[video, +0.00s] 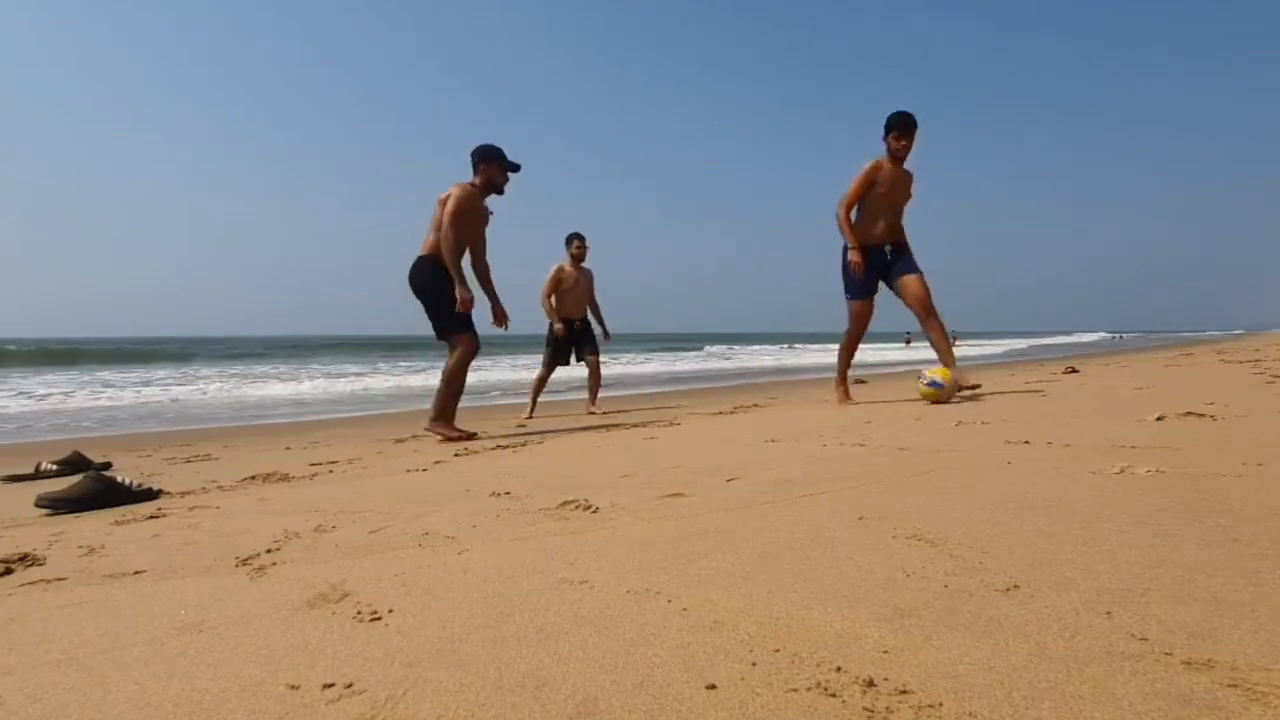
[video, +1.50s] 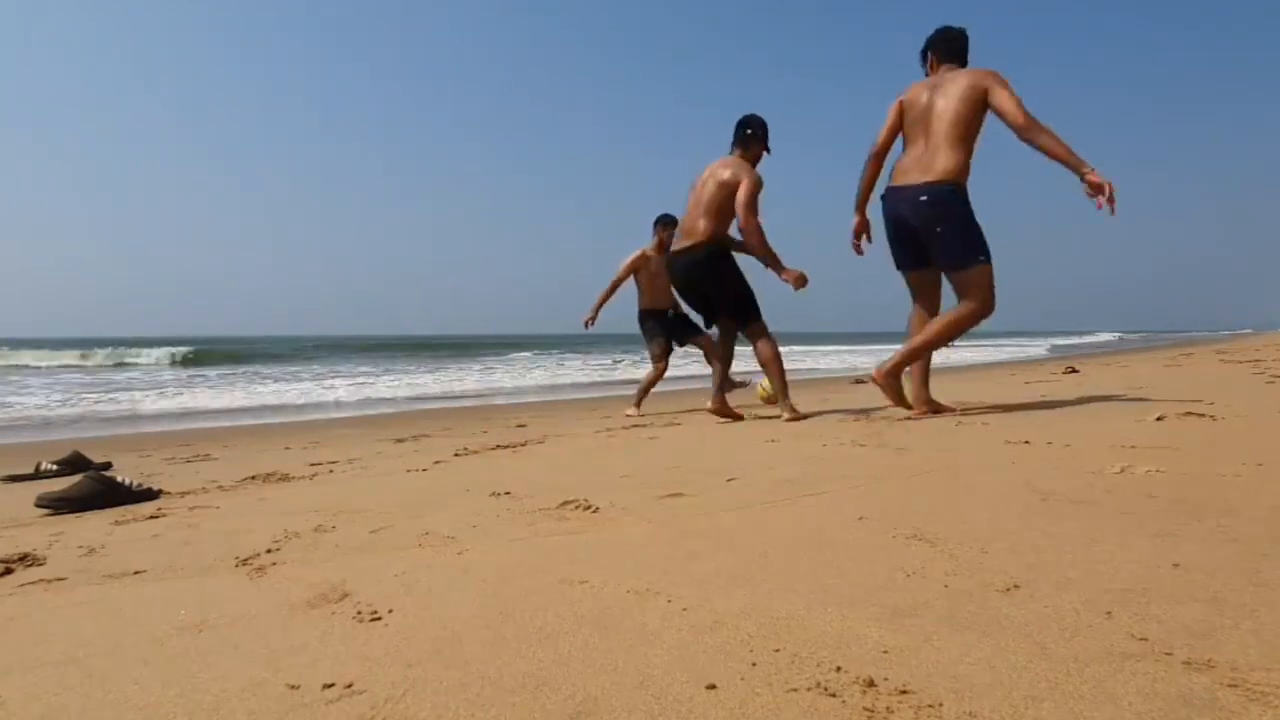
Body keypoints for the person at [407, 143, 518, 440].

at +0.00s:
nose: (507, 177)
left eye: (507, 171)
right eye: (503, 170)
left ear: (486, 171)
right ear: (483, 169)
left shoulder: (481, 212)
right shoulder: (463, 193)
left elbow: (479, 260)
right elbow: (446, 235)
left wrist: (495, 302)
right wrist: (460, 283)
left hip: (444, 275)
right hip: (431, 271)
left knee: (465, 346)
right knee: (466, 344)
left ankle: (446, 420)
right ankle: (439, 419)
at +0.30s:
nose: (537, 156)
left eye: (538, 149)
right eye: (532, 148)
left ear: (517, 148)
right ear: (511, 145)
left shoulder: (521, 196)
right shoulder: (484, 182)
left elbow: (528, 246)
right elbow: (452, 227)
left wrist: (545, 286)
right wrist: (444, 282)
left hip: (496, 273)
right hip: (471, 270)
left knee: (507, 360)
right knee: (492, 351)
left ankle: (458, 408)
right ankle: (465, 430)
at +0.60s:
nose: (589, 138)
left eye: (589, 131)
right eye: (584, 130)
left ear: (568, 132)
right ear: (563, 130)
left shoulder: (571, 177)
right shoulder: (542, 167)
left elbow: (579, 229)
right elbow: (532, 221)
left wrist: (596, 254)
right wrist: (562, 262)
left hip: (557, 266)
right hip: (531, 262)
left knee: (580, 340)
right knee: (535, 348)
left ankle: (554, 422)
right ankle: (478, 417)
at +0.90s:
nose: (666, 133)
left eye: (668, 126)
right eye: (662, 125)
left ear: (642, 124)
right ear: (640, 122)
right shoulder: (626, 153)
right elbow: (636, 206)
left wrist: (662, 267)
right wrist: (674, 248)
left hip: (627, 253)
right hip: (608, 251)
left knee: (676, 321)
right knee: (617, 337)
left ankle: (684, 407)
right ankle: (581, 421)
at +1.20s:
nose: (727, 155)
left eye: (729, 149)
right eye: (724, 147)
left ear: (707, 144)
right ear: (704, 141)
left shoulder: (706, 185)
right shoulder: (681, 176)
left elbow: (717, 234)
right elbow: (669, 226)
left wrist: (751, 265)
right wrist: (698, 262)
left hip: (710, 264)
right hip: (688, 265)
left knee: (766, 326)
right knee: (746, 295)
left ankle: (736, 407)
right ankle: (788, 385)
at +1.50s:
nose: (765, 152)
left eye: (765, 146)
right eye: (763, 145)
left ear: (737, 140)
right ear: (753, 142)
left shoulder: (711, 170)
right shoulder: (746, 175)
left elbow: (710, 232)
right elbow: (749, 229)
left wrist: (752, 250)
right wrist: (782, 271)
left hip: (678, 260)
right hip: (710, 255)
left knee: (727, 323)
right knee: (756, 329)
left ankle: (718, 398)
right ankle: (785, 404)